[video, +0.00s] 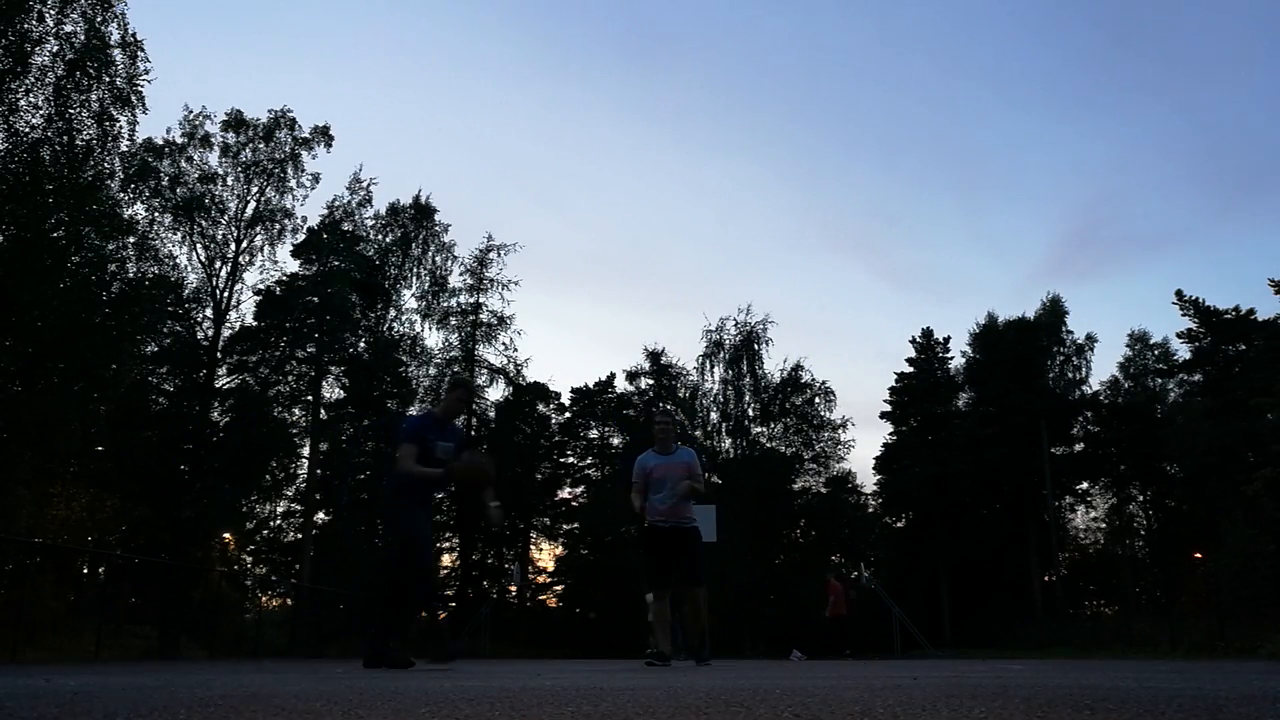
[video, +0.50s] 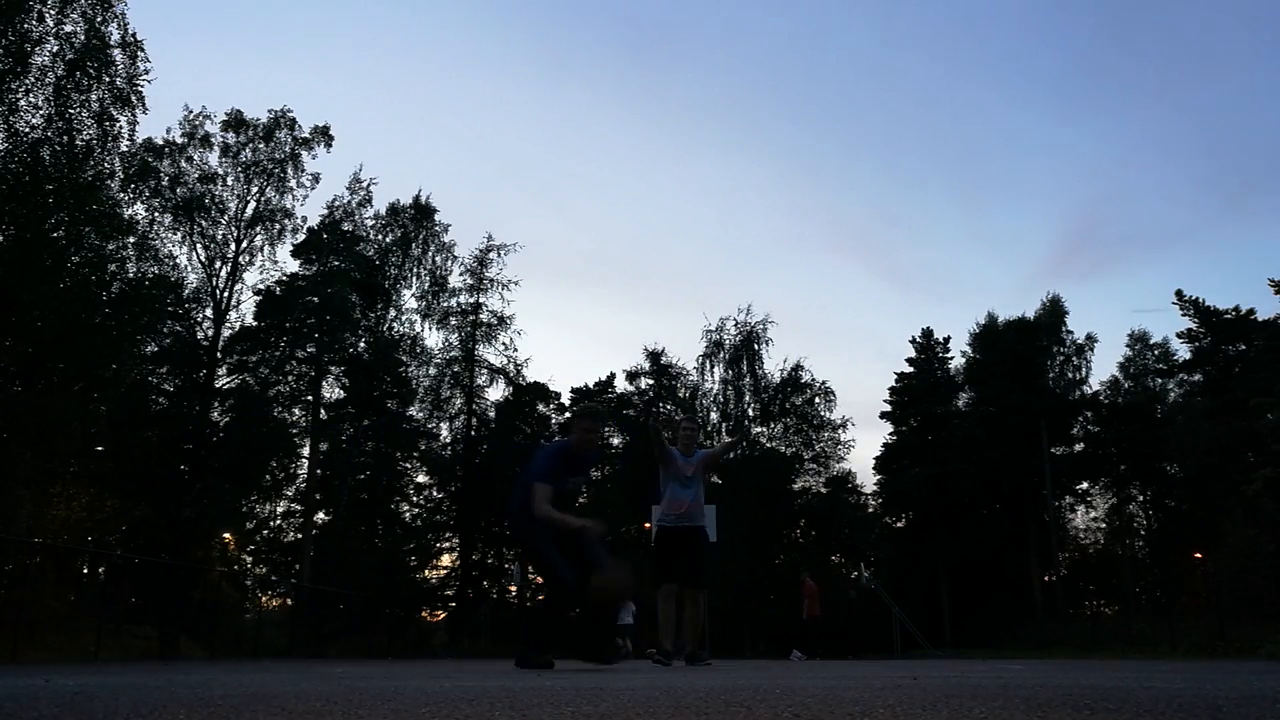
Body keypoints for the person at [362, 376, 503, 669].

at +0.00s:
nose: (459, 407)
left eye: (465, 404)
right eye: (457, 400)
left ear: (465, 406)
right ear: (445, 395)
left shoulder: (458, 435)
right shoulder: (416, 425)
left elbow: (466, 472)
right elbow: (405, 466)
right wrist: (445, 473)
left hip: (425, 509)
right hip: (402, 506)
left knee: (412, 575)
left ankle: (389, 648)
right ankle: (382, 649)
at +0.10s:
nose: (482, 410)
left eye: (486, 406)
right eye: (478, 404)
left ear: (489, 408)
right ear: (466, 401)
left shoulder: (482, 438)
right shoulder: (441, 433)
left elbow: (505, 472)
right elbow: (433, 471)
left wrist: (522, 502)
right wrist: (466, 463)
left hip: (454, 514)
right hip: (428, 513)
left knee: (418, 580)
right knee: (461, 574)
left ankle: (384, 648)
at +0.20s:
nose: (505, 421)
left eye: (510, 416)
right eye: (501, 414)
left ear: (516, 420)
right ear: (490, 412)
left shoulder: (511, 447)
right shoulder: (467, 442)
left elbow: (532, 481)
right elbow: (463, 481)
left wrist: (552, 514)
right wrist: (495, 466)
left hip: (483, 520)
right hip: (457, 518)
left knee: (447, 586)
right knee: (490, 578)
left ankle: (394, 639)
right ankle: (519, 651)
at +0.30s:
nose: (537, 430)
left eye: (540, 424)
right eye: (532, 423)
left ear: (542, 426)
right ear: (519, 422)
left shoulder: (535, 453)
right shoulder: (499, 450)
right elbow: (491, 495)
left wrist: (550, 497)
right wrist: (528, 499)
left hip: (505, 523)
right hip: (483, 524)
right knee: (519, 578)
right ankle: (525, 652)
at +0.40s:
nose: (567, 439)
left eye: (570, 434)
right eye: (561, 432)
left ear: (572, 434)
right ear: (548, 431)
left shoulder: (559, 460)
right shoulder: (526, 456)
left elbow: (558, 502)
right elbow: (517, 506)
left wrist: (564, 531)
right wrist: (551, 527)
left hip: (530, 528)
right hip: (508, 527)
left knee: (539, 583)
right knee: (540, 581)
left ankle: (531, 651)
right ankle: (527, 652)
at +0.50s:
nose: (590, 438)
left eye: (595, 432)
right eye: (585, 432)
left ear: (599, 433)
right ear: (573, 430)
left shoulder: (591, 457)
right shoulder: (552, 455)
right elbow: (541, 507)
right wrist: (580, 523)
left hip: (557, 525)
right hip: (531, 525)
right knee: (561, 582)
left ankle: (593, 645)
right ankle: (531, 651)